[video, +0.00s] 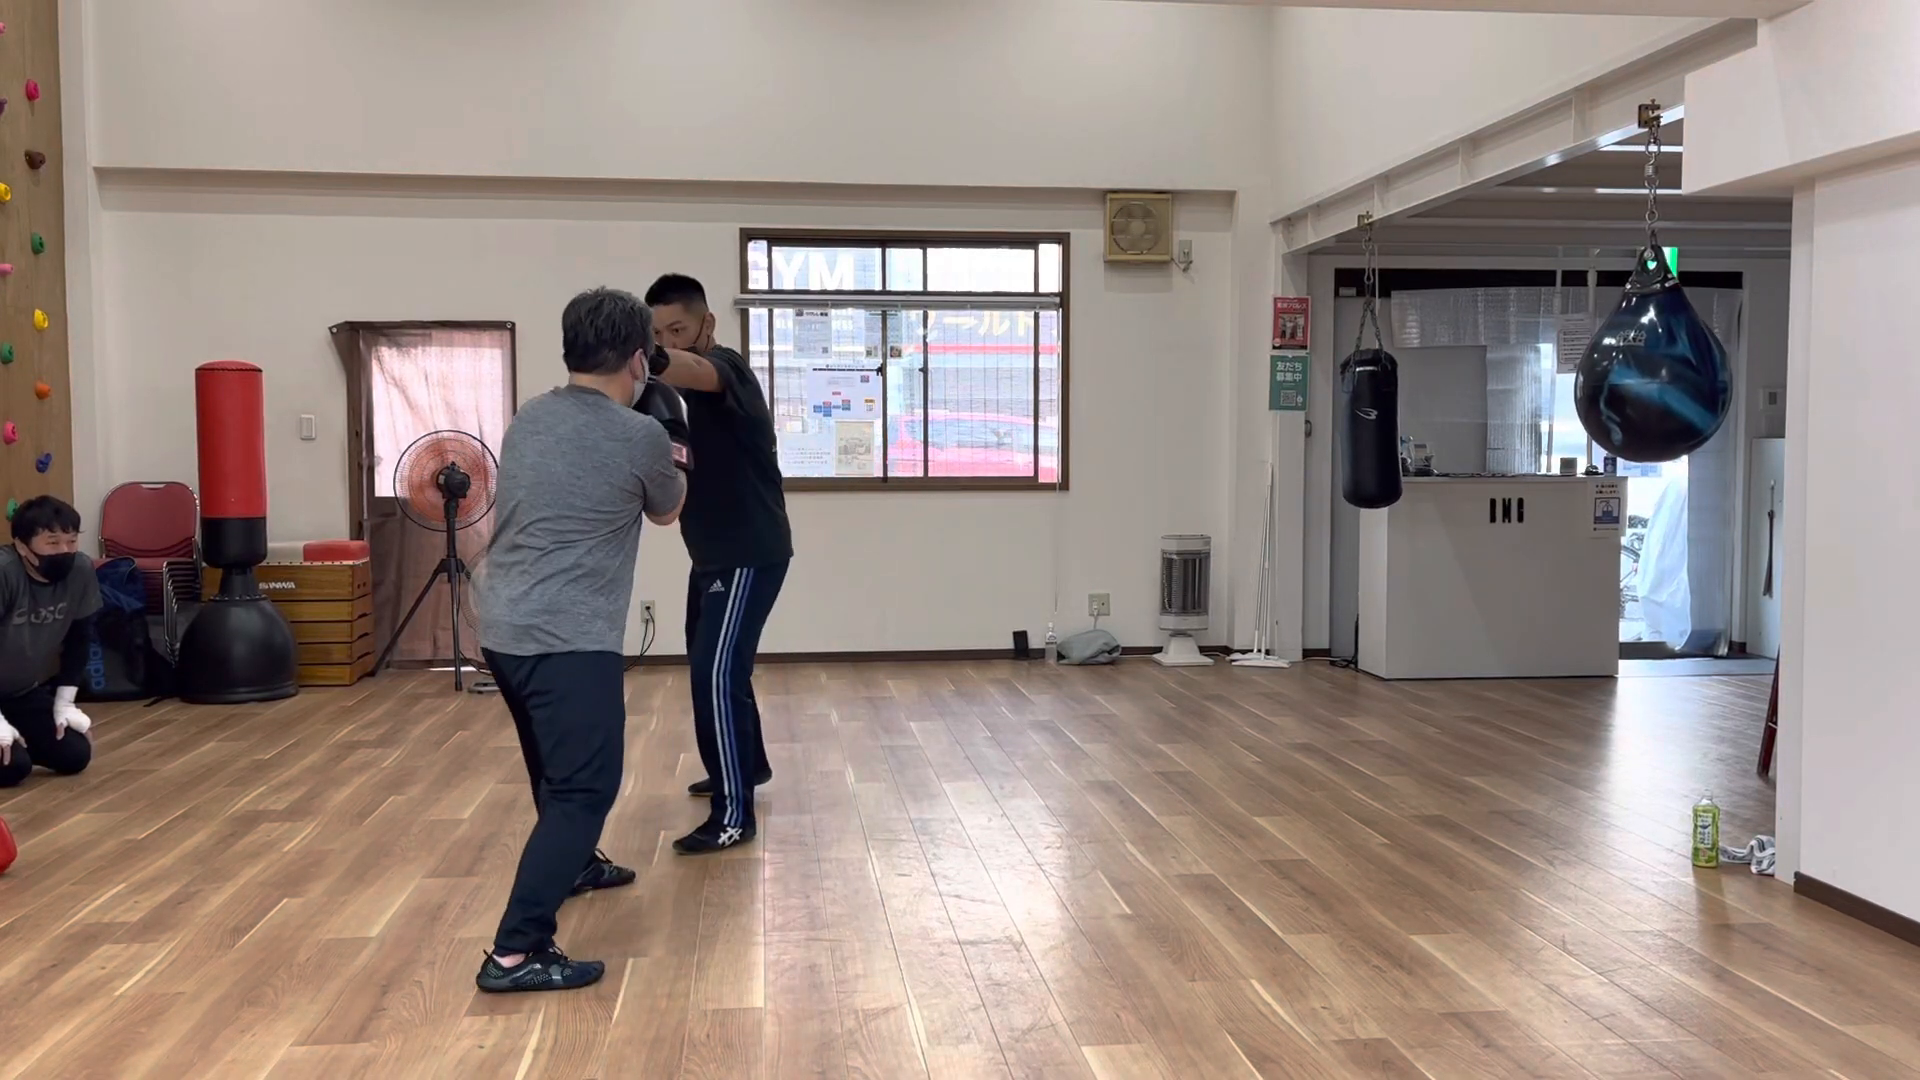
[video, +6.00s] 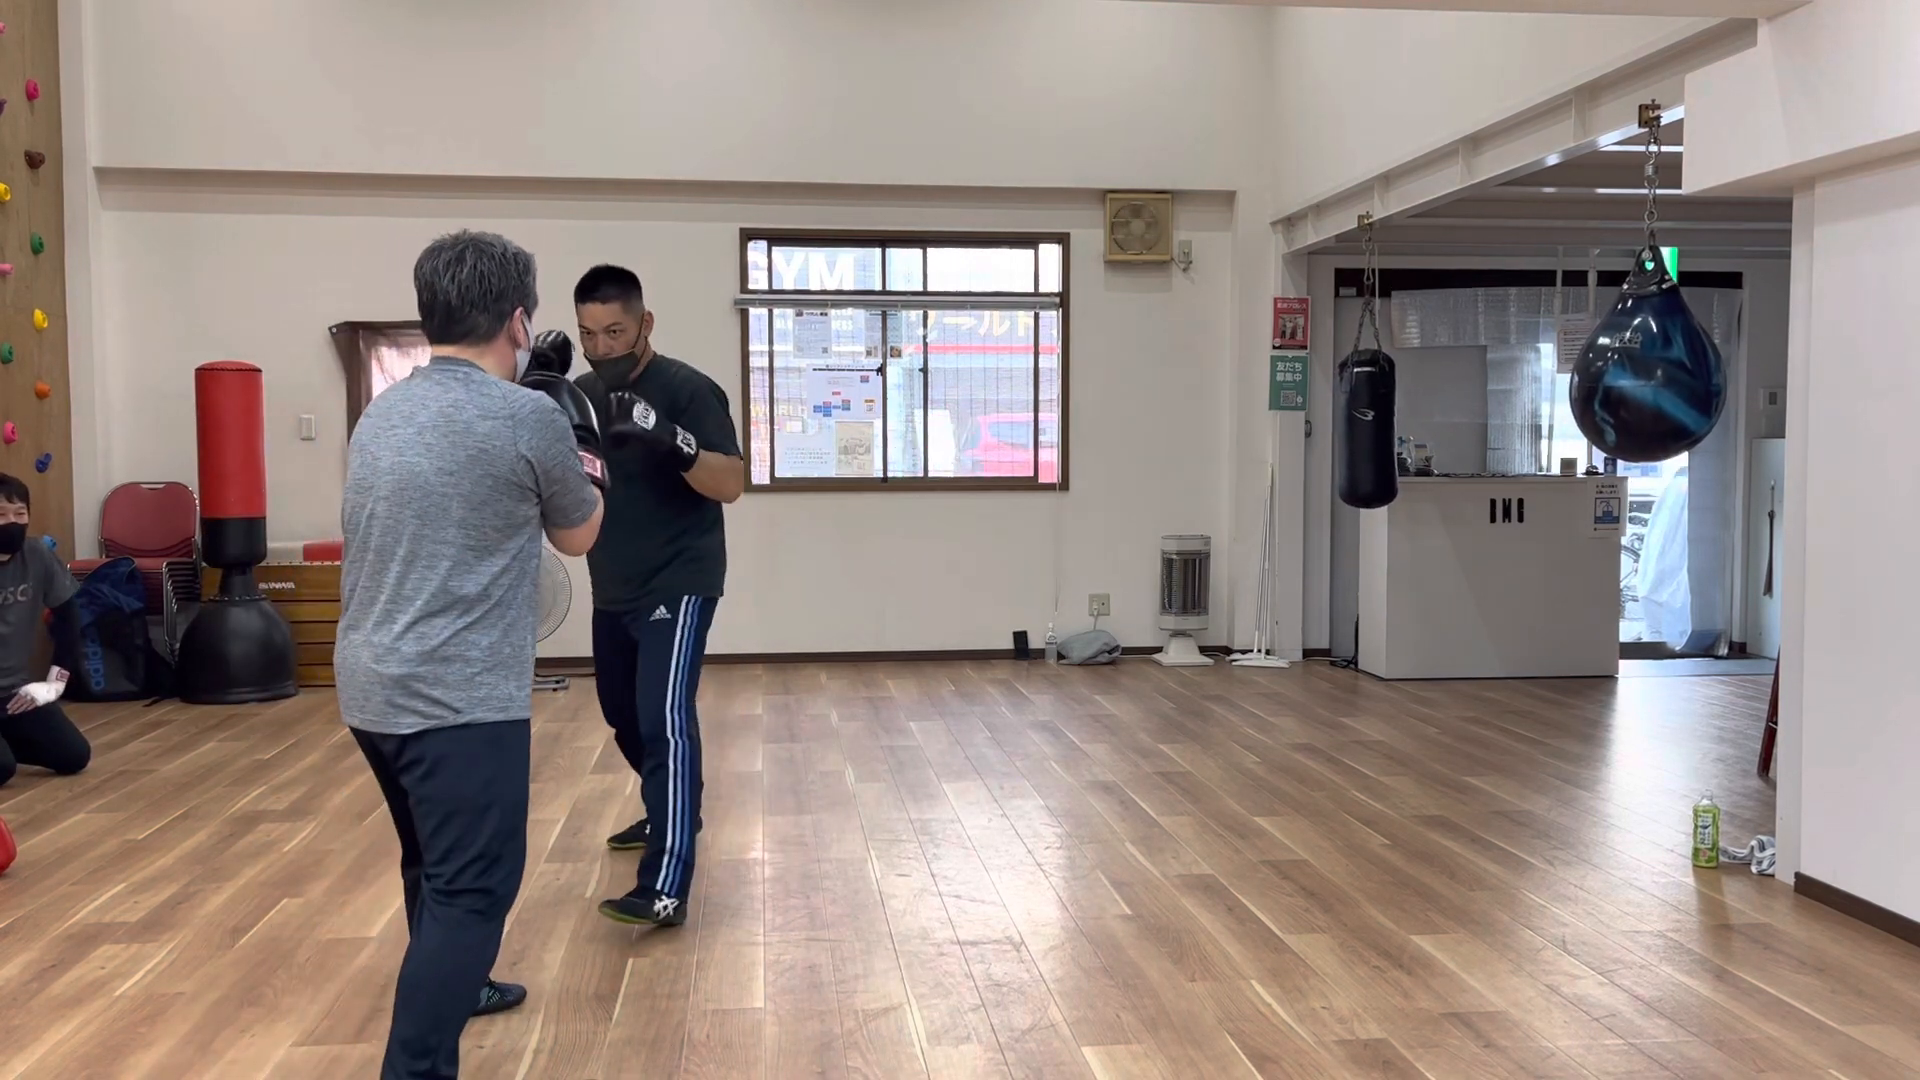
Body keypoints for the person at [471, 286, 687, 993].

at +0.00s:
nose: (652, 361)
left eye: (651, 350)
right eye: (650, 350)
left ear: (570, 354)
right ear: (633, 357)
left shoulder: (526, 416)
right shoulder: (642, 432)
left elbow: (515, 499)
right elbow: (666, 507)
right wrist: (666, 449)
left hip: (502, 633)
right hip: (575, 640)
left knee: (551, 763)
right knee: (579, 793)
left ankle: (574, 861)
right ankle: (517, 949)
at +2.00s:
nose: (547, 353)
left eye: (548, 342)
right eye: (546, 341)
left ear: (460, 342)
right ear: (528, 342)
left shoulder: (430, 414)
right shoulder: (534, 414)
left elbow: (489, 493)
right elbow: (607, 494)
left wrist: (547, 424)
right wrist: (600, 435)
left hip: (418, 639)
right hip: (475, 648)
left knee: (514, 749)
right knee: (472, 813)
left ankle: (525, 880)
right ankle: (397, 993)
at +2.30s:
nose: (499, 367)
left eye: (495, 353)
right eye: (496, 354)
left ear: (409, 356)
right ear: (475, 359)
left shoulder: (368, 431)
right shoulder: (457, 445)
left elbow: (400, 543)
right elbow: (515, 553)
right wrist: (540, 500)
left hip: (358, 660)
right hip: (394, 673)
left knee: (472, 757)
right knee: (396, 841)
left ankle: (431, 925)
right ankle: (284, 1027)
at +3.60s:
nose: (376, 335)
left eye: (376, 321)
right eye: (373, 320)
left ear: (287, 322)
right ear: (345, 322)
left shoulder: (255, 397)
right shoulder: (347, 405)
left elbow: (320, 482)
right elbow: (417, 506)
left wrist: (385, 435)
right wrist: (436, 463)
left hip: (252, 639)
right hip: (299, 649)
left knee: (351, 750)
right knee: (289, 814)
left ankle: (302, 910)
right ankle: (221, 999)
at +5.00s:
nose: (484, 317)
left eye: (485, 304)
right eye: (482, 303)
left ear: (379, 306)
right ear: (458, 308)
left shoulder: (339, 392)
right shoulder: (449, 397)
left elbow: (410, 499)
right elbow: (527, 506)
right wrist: (535, 444)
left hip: (325, 662)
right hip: (399, 672)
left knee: (392, 821)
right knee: (385, 863)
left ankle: (389, 955)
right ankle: (302, 1059)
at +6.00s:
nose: (532, 325)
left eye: (532, 314)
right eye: (531, 313)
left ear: (428, 319)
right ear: (516, 321)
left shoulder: (382, 409)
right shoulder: (528, 416)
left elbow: (430, 509)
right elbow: (577, 533)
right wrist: (572, 461)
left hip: (370, 689)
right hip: (465, 698)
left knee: (429, 854)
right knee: (468, 891)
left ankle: (448, 978)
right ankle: (414, 1068)